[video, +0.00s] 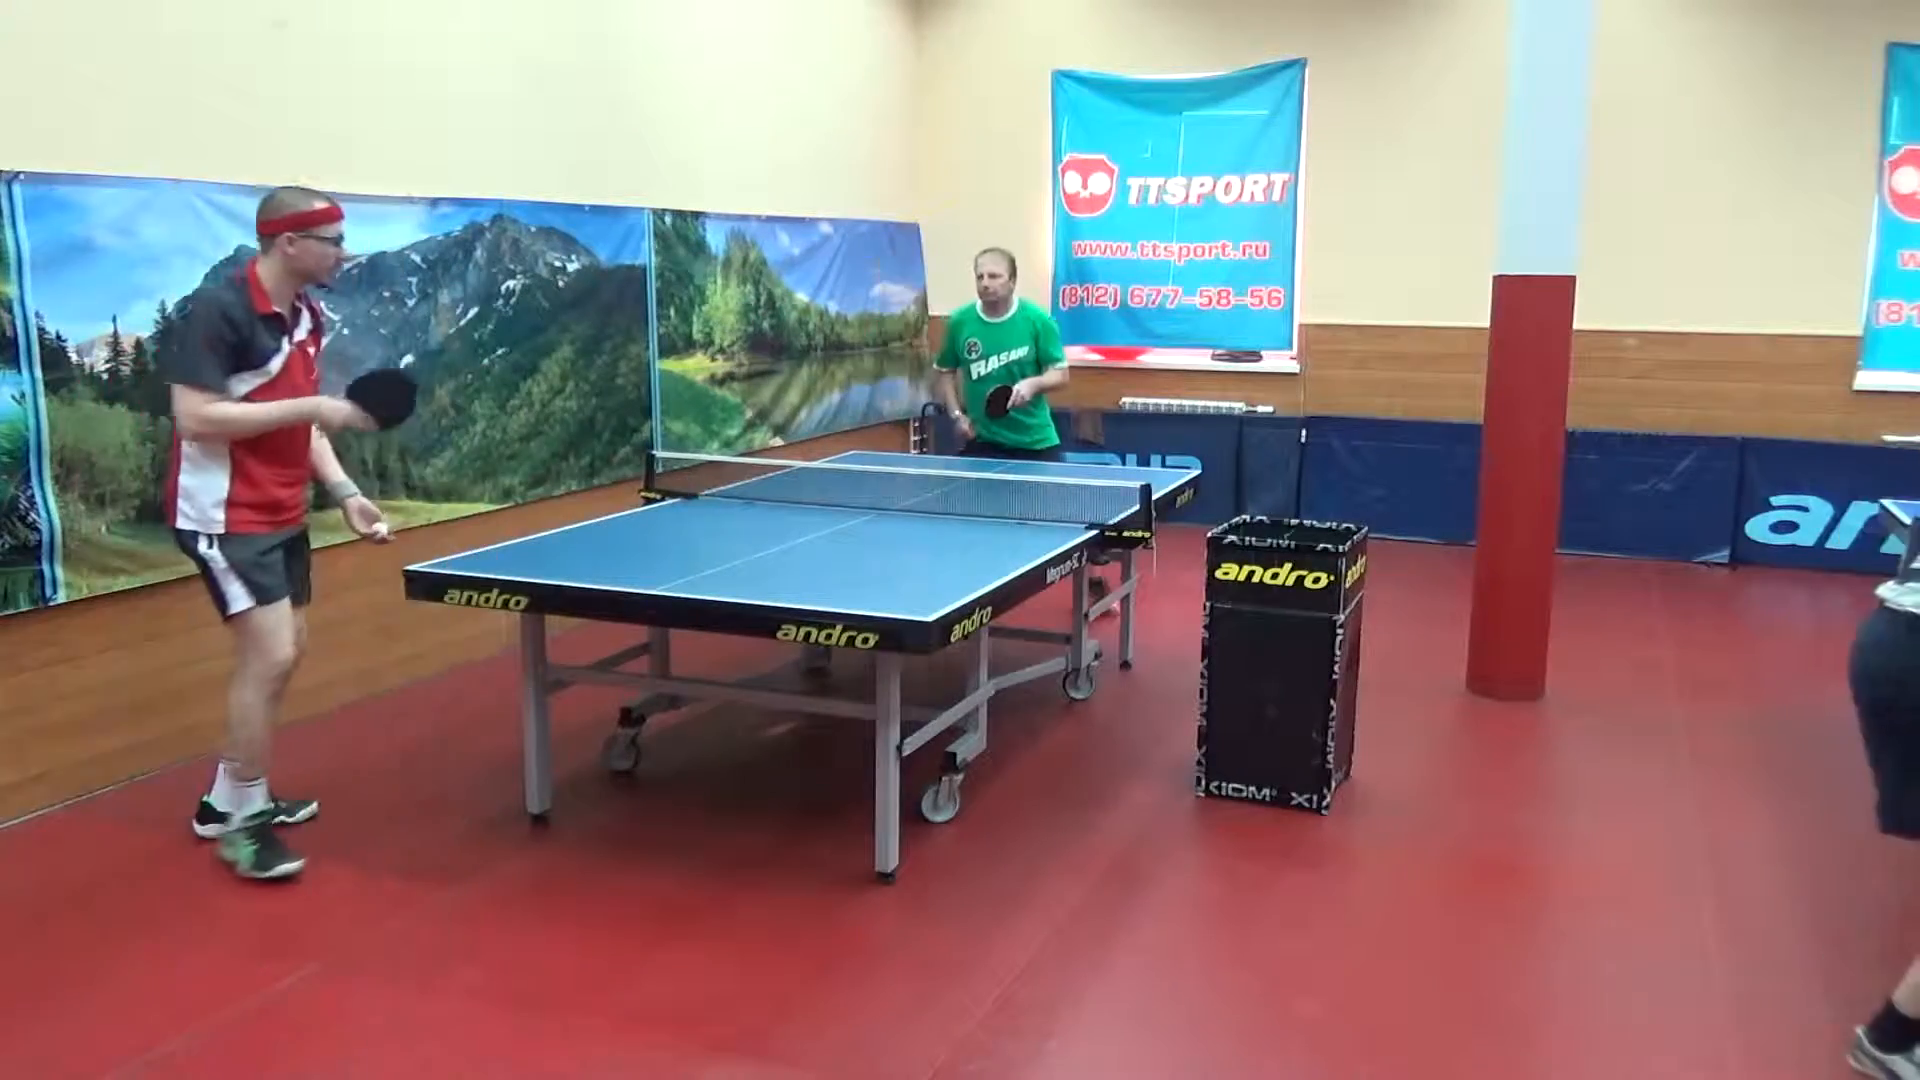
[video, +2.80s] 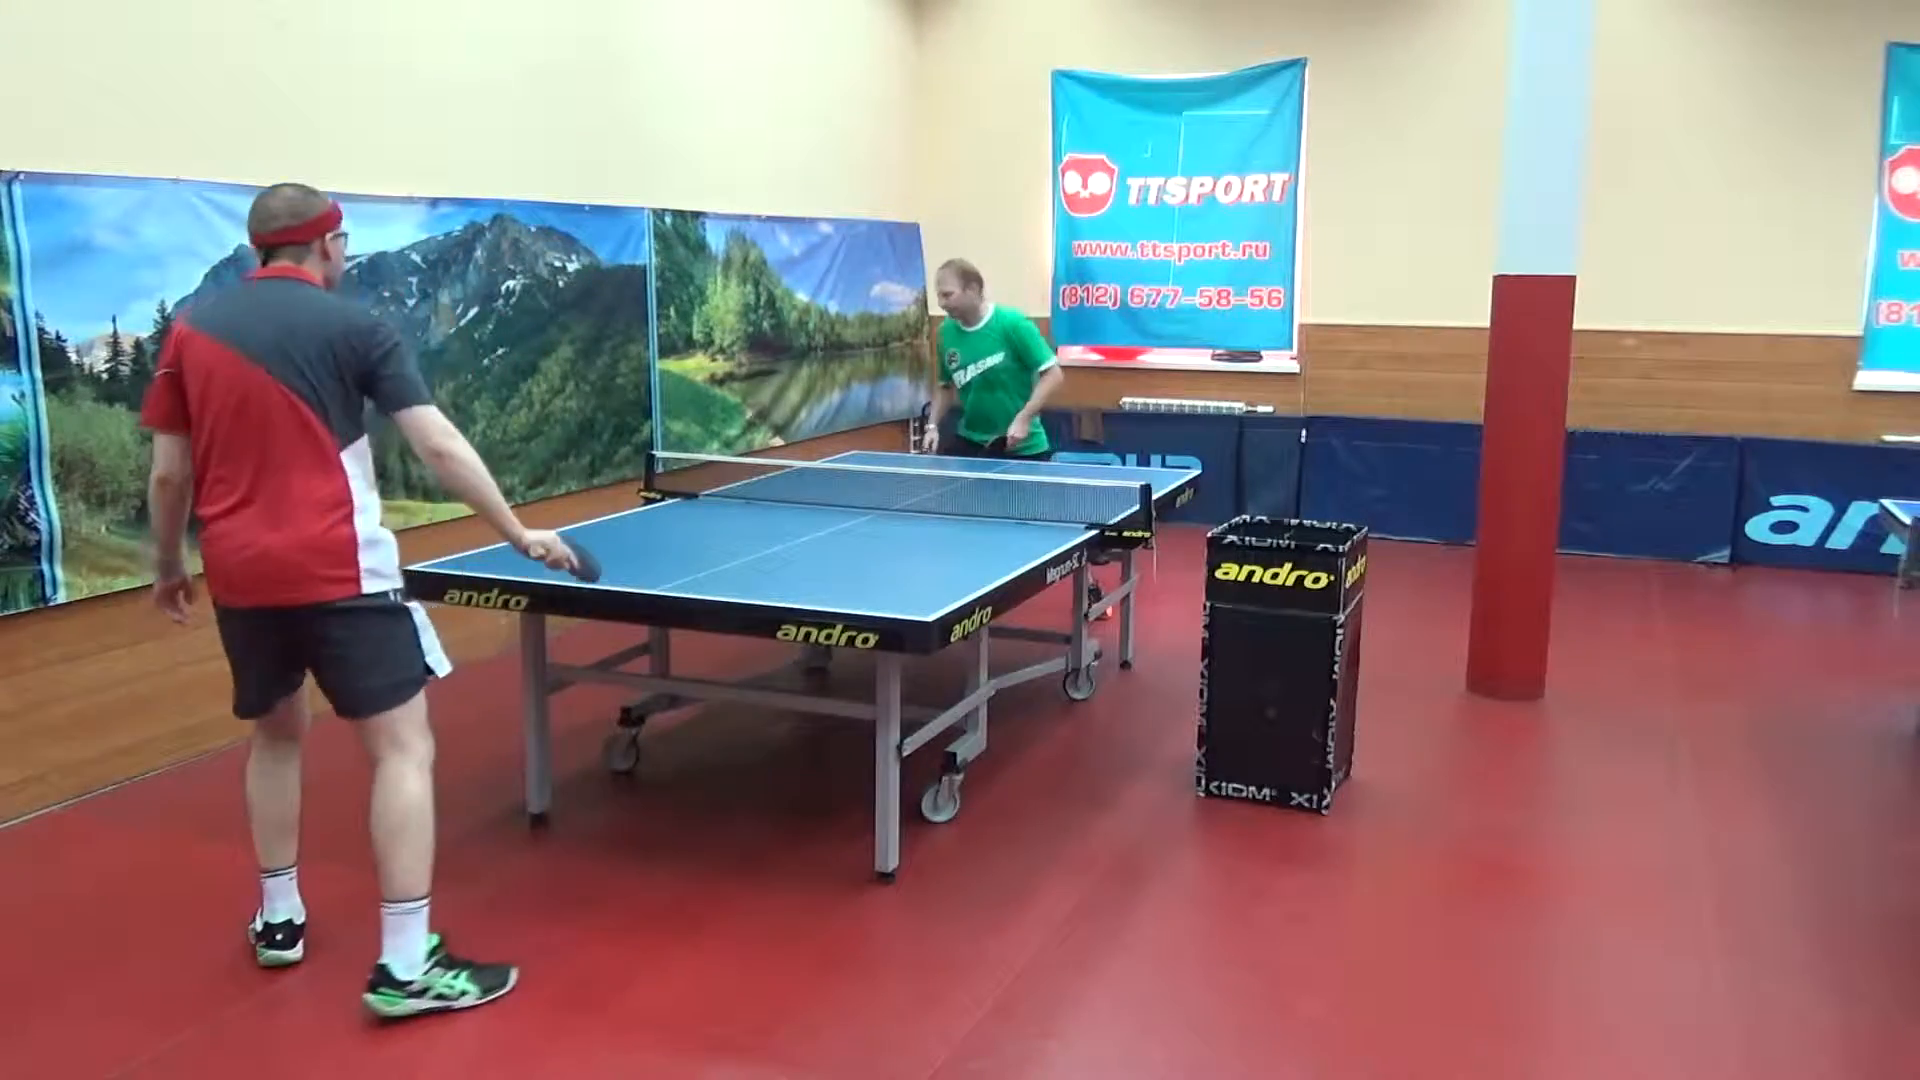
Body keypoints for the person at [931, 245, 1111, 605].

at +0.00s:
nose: (987, 284)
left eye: (995, 277)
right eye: (981, 277)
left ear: (1013, 281)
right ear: (975, 281)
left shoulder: (1037, 321)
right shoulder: (960, 322)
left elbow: (1060, 374)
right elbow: (945, 372)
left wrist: (1032, 384)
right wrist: (956, 414)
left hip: (1036, 438)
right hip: (984, 439)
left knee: (1063, 505)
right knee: (969, 512)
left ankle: (1089, 575)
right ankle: (969, 586)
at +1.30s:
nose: (986, 321)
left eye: (994, 313)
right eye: (981, 313)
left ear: (1012, 314)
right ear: (973, 313)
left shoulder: (1035, 348)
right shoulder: (960, 345)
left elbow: (1053, 409)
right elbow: (943, 390)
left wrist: (1011, 415)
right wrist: (946, 428)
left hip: (1029, 450)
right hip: (976, 449)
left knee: (1068, 510)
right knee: (963, 517)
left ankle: (1098, 584)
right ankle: (962, 594)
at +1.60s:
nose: (946, 357)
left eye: (954, 350)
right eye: (943, 350)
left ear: (976, 350)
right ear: (939, 349)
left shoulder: (1001, 377)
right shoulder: (936, 372)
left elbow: (1020, 432)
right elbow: (925, 418)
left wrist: (969, 436)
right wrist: (921, 427)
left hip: (1013, 465)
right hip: (962, 466)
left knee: (1050, 519)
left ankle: (1096, 584)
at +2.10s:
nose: (960, 305)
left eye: (969, 298)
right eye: (956, 298)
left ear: (990, 301)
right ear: (953, 301)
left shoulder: (1011, 338)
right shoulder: (947, 339)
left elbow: (1020, 398)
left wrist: (966, 404)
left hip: (1017, 452)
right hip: (965, 451)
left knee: (1051, 516)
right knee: (954, 522)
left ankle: (1088, 588)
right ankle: (959, 597)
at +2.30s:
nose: (974, 298)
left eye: (983, 291)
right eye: (970, 291)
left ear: (1004, 295)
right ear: (965, 294)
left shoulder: (1028, 336)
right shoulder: (953, 334)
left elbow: (1051, 394)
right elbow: (938, 383)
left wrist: (1008, 409)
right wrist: (934, 424)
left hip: (1021, 448)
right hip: (967, 447)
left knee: (1049, 516)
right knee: (958, 521)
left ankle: (1087, 587)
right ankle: (958, 596)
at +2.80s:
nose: (941, 302)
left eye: (947, 294)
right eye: (939, 295)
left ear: (974, 290)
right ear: (945, 295)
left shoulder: (1013, 324)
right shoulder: (947, 334)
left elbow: (1053, 375)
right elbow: (947, 388)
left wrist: (1024, 416)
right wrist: (932, 424)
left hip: (1024, 446)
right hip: (972, 447)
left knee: (1049, 518)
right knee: (966, 522)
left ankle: (1087, 587)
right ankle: (969, 599)